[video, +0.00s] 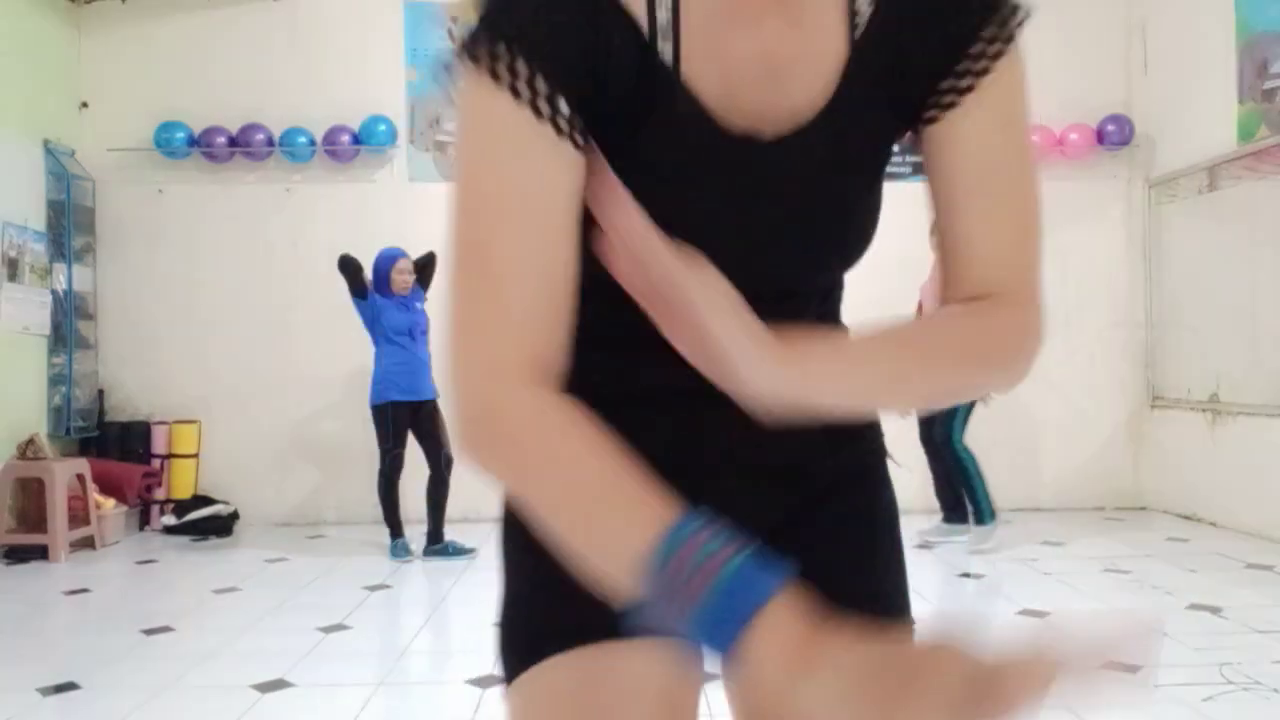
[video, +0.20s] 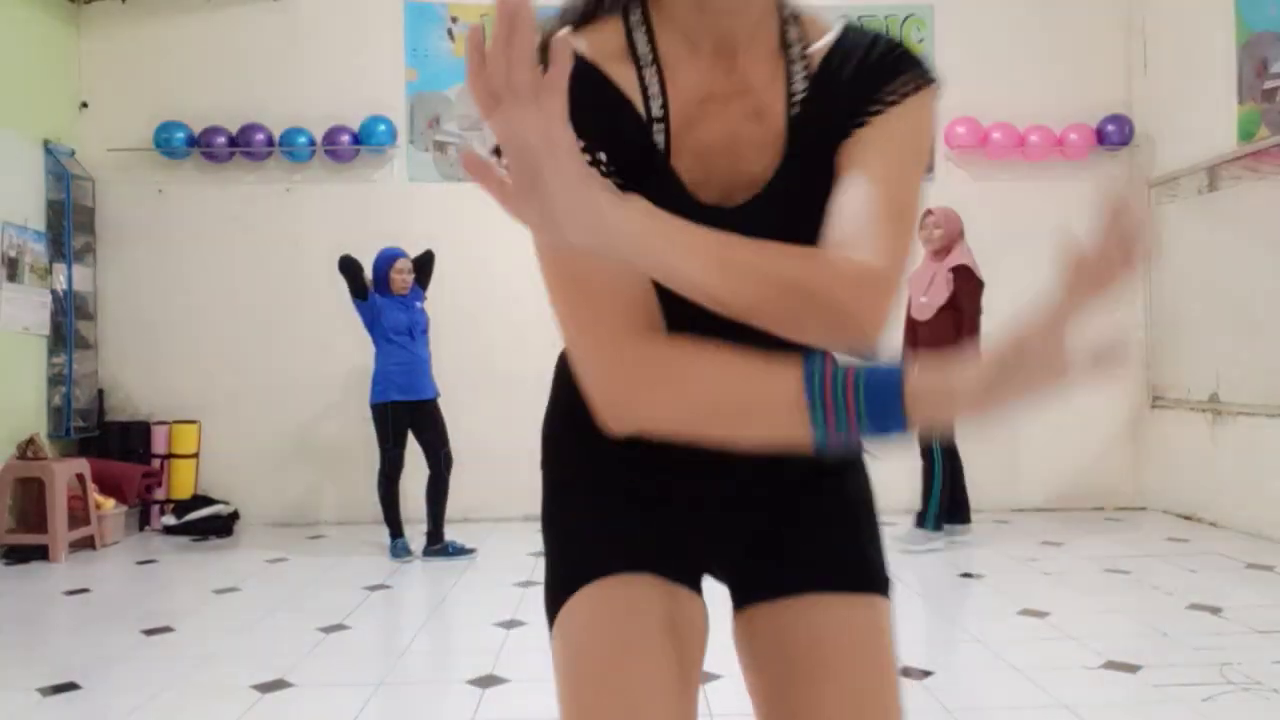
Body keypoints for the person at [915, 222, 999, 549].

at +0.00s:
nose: (934, 238)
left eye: (939, 233)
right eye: (935, 233)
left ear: (956, 237)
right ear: (937, 236)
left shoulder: (969, 275)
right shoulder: (937, 275)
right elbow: (924, 316)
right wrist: (921, 342)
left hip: (965, 356)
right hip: (937, 356)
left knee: (947, 434)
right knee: (932, 435)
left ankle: (984, 517)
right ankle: (954, 517)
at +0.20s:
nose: (930, 233)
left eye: (938, 227)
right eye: (926, 227)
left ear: (954, 232)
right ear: (920, 234)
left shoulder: (963, 271)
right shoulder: (922, 272)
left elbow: (970, 324)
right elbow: (912, 322)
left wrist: (968, 369)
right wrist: (906, 364)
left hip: (946, 364)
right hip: (918, 363)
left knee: (933, 440)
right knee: (939, 440)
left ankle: (930, 518)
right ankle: (956, 512)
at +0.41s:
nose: (918, 234)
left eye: (925, 227)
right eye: (913, 228)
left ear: (943, 231)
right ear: (908, 232)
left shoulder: (950, 276)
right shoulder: (911, 272)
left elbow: (953, 329)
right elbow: (904, 322)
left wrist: (948, 374)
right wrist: (899, 366)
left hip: (941, 373)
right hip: (917, 371)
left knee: (930, 443)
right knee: (931, 443)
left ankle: (924, 526)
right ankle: (957, 515)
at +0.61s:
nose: (907, 232)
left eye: (914, 226)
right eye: (904, 228)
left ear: (933, 231)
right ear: (902, 235)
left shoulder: (940, 275)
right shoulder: (907, 273)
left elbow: (941, 330)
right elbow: (904, 327)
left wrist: (928, 374)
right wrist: (894, 369)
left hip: (933, 375)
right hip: (907, 373)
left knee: (919, 444)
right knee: (900, 441)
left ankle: (923, 527)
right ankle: (945, 507)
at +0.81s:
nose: (896, 231)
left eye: (903, 226)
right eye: (893, 227)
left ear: (923, 231)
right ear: (892, 235)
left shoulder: (929, 276)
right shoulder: (903, 272)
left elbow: (933, 332)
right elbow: (906, 327)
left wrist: (918, 376)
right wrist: (896, 368)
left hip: (924, 378)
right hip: (897, 373)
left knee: (913, 448)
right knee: (868, 435)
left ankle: (921, 530)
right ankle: (906, 511)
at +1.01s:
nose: (887, 228)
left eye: (895, 223)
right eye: (884, 224)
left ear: (912, 228)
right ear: (881, 232)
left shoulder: (916, 263)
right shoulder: (895, 267)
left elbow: (929, 318)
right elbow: (892, 334)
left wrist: (916, 367)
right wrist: (875, 383)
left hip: (916, 377)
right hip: (888, 376)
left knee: (923, 452)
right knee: (873, 450)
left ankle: (923, 528)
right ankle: (854, 522)